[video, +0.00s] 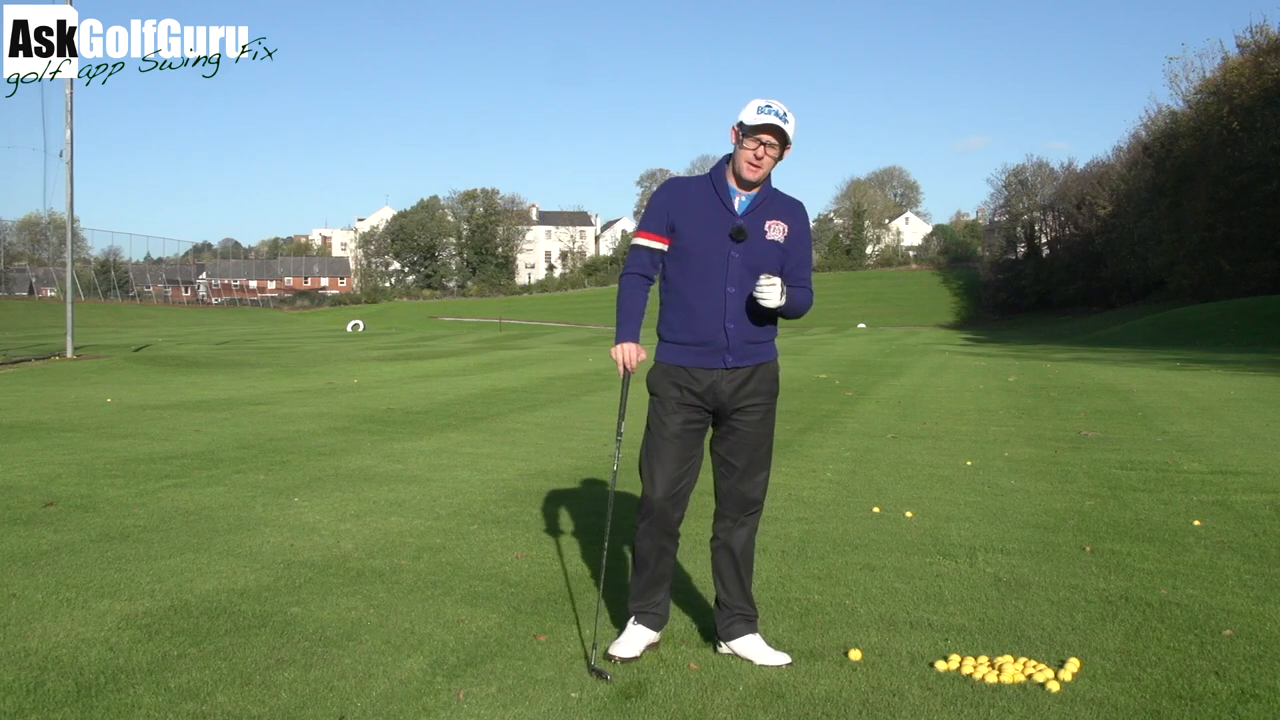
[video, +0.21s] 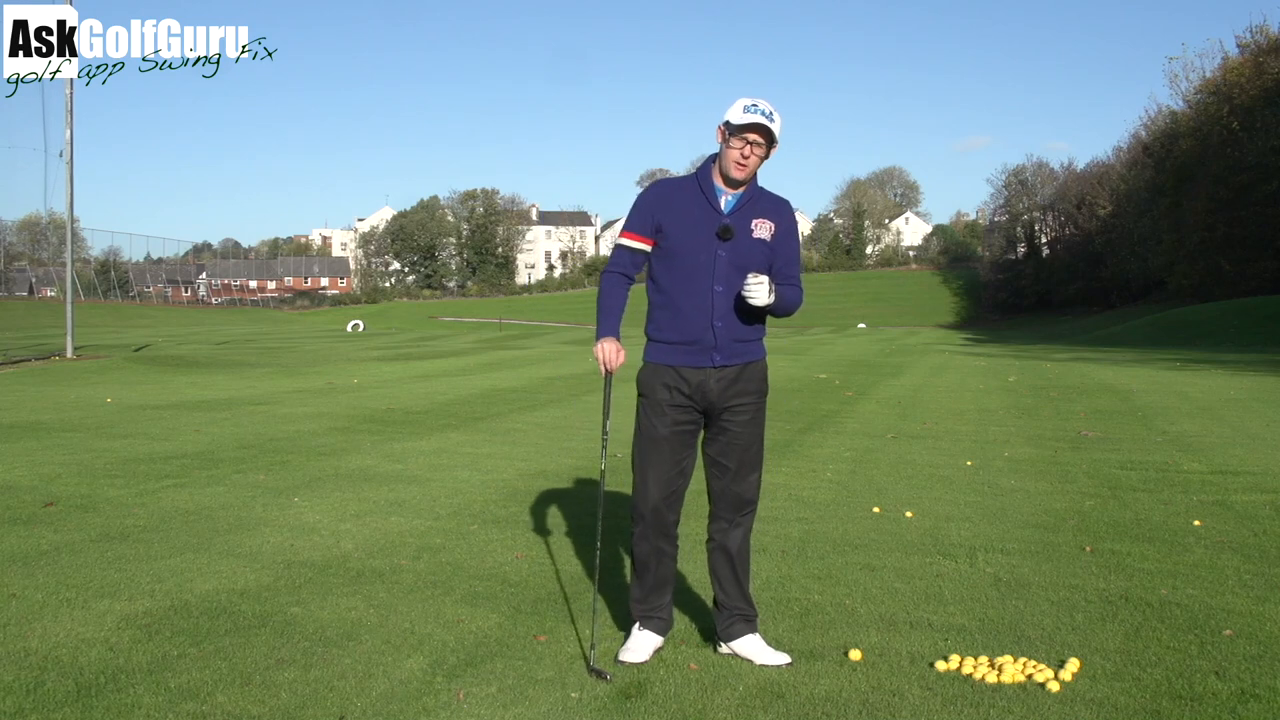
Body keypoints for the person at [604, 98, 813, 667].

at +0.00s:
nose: (762, 151)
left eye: (773, 145)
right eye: (755, 139)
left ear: (781, 155)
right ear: (735, 138)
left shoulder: (789, 213)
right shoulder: (676, 195)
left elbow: (802, 297)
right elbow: (638, 269)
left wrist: (784, 295)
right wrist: (628, 335)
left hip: (753, 378)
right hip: (680, 373)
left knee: (741, 507)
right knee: (660, 502)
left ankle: (735, 626)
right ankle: (645, 618)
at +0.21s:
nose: (748, 151)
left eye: (759, 145)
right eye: (741, 139)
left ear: (767, 154)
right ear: (721, 137)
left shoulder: (776, 212)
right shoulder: (661, 197)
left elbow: (791, 296)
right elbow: (619, 270)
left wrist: (774, 293)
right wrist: (608, 331)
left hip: (742, 377)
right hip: (669, 373)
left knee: (736, 506)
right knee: (655, 504)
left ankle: (736, 627)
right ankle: (649, 621)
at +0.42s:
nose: (718, 143)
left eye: (729, 136)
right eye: (711, 132)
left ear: (740, 145)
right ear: (692, 135)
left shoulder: (756, 205)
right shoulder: (642, 199)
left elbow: (777, 285)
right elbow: (601, 275)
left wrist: (757, 285)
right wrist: (611, 319)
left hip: (730, 374)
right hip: (655, 372)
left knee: (728, 506)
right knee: (652, 506)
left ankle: (734, 628)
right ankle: (649, 622)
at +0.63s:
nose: (690, 145)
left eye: (700, 137)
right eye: (681, 135)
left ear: (712, 145)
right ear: (664, 138)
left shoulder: (733, 202)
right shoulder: (618, 204)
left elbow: (757, 289)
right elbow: (594, 286)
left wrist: (734, 271)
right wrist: (610, 334)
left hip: (718, 375)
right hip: (646, 377)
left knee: (724, 506)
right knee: (649, 508)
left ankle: (734, 627)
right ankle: (649, 622)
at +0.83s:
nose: (667, 147)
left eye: (678, 139)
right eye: (659, 137)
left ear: (690, 147)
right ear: (641, 141)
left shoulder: (712, 204)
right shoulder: (598, 210)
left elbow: (740, 287)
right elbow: (576, 295)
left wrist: (717, 272)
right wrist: (602, 337)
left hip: (701, 379)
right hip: (631, 380)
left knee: (731, 501)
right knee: (637, 507)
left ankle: (735, 626)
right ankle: (649, 621)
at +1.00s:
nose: (654, 146)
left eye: (664, 138)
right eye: (646, 137)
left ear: (678, 147)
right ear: (629, 142)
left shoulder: (703, 204)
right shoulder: (588, 210)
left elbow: (729, 283)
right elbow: (570, 293)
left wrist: (710, 280)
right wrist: (591, 336)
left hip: (694, 376)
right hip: (624, 379)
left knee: (721, 501)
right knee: (634, 507)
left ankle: (734, 626)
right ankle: (649, 621)